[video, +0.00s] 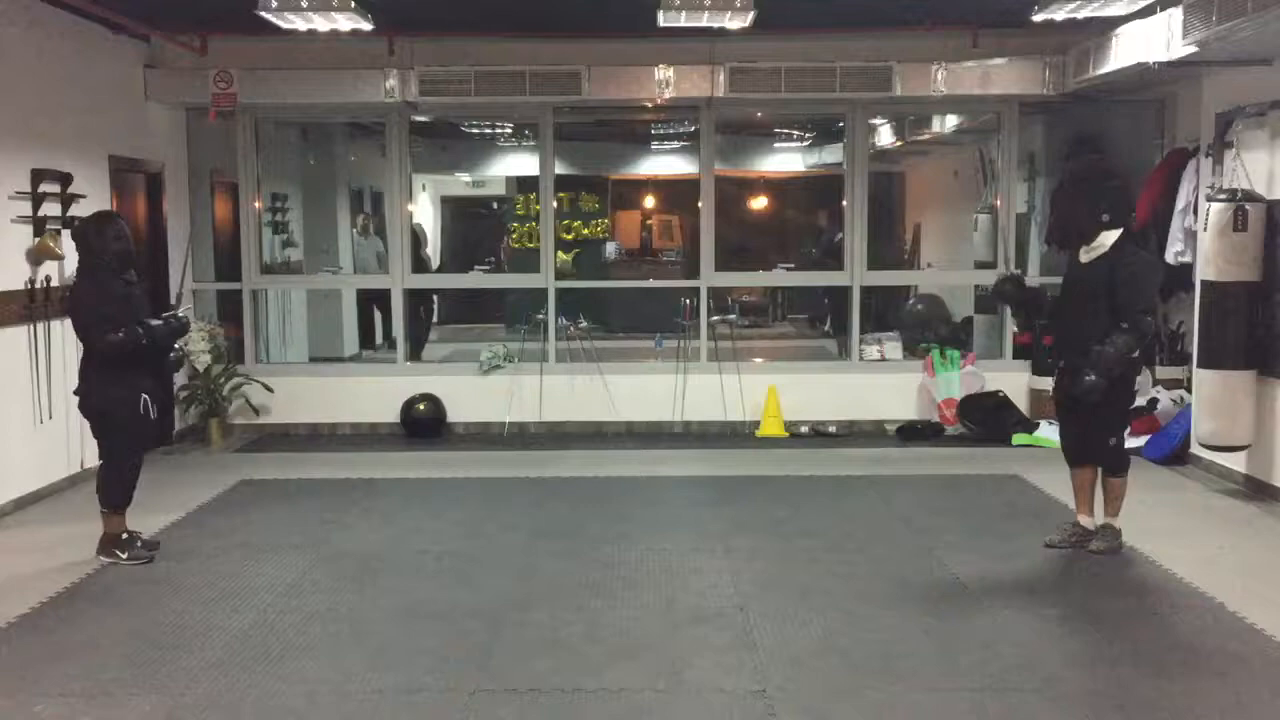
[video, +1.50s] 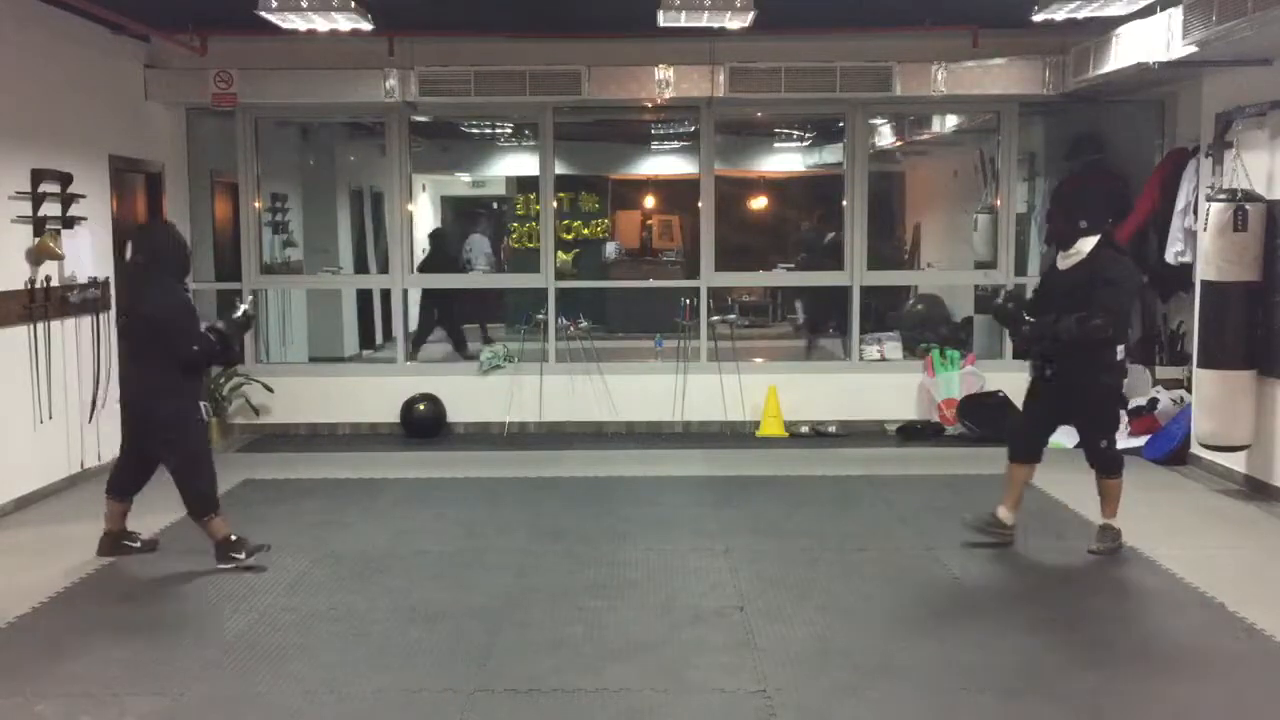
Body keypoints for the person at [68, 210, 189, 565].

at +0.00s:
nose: (125, 242)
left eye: (125, 235)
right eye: (115, 237)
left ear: (128, 237)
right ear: (94, 245)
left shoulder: (125, 279)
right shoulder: (87, 287)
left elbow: (137, 326)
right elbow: (100, 343)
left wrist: (167, 328)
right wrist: (149, 333)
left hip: (133, 384)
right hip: (109, 387)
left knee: (128, 456)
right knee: (117, 457)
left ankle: (118, 531)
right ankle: (111, 537)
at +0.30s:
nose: (128, 241)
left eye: (126, 234)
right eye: (120, 235)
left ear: (102, 244)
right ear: (104, 243)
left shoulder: (123, 278)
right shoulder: (94, 285)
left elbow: (135, 325)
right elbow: (106, 341)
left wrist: (167, 325)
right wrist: (157, 331)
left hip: (131, 384)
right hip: (110, 388)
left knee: (128, 457)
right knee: (119, 457)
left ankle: (118, 532)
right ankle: (111, 538)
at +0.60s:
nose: (130, 241)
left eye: (128, 234)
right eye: (123, 236)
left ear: (106, 243)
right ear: (104, 243)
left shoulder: (121, 277)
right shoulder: (97, 282)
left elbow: (142, 324)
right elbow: (131, 326)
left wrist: (178, 338)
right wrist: (177, 310)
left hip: (129, 385)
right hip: (110, 389)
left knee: (125, 458)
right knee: (116, 460)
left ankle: (119, 532)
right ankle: (112, 539)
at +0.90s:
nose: (131, 240)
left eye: (129, 234)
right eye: (125, 234)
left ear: (99, 241)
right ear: (108, 240)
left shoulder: (118, 277)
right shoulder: (105, 280)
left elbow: (150, 329)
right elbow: (149, 318)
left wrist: (193, 321)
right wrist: (191, 293)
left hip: (125, 388)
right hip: (112, 391)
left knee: (122, 461)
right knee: (116, 462)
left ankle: (117, 533)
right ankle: (111, 539)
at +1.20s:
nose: (143, 242)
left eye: (139, 236)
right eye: (136, 238)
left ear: (105, 248)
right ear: (123, 246)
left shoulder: (105, 282)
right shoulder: (124, 284)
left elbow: (139, 334)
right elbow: (150, 340)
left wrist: (178, 324)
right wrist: (189, 319)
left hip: (115, 387)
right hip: (139, 387)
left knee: (121, 456)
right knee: (170, 452)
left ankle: (112, 534)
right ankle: (151, 535)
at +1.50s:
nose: (187, 259)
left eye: (184, 252)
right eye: (182, 252)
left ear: (140, 255)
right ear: (172, 256)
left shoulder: (133, 288)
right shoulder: (167, 295)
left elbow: (165, 347)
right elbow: (190, 354)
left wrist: (211, 335)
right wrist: (226, 334)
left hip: (140, 397)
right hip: (171, 400)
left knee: (134, 461)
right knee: (194, 466)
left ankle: (114, 533)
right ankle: (225, 541)